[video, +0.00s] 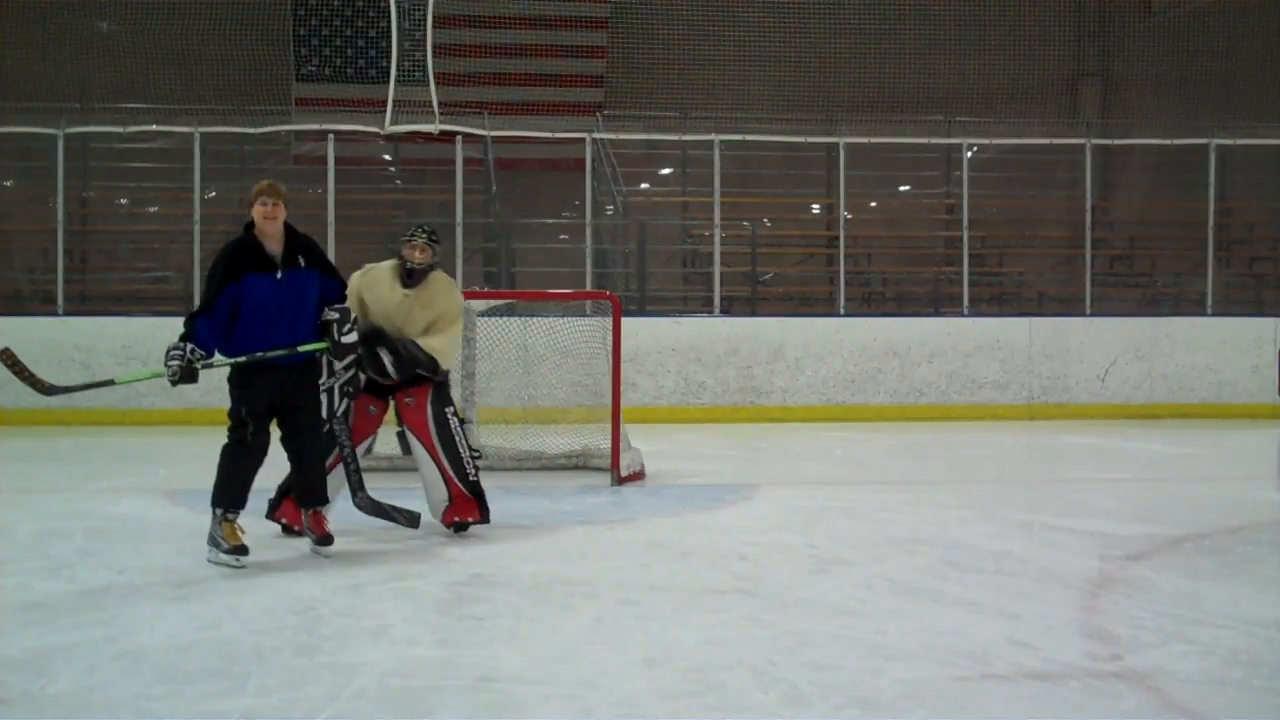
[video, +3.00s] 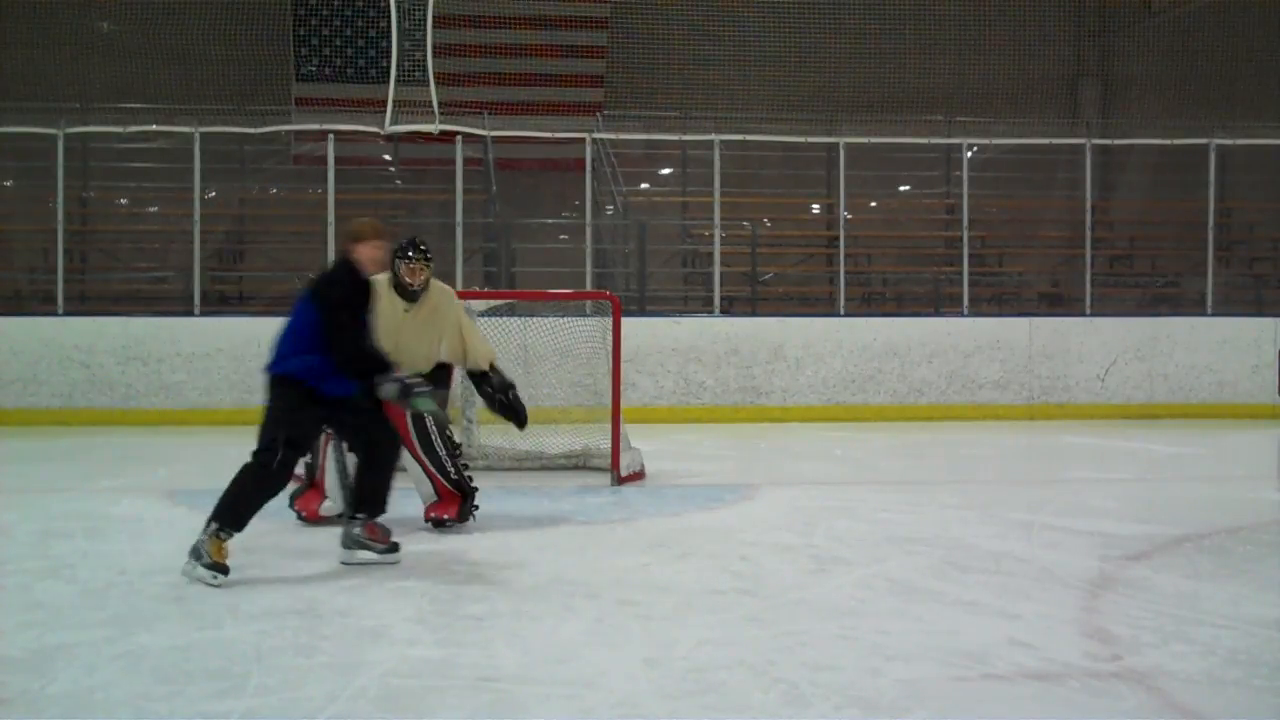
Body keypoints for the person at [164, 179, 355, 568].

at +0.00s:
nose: (269, 210)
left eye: (275, 205)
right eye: (262, 204)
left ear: (285, 211)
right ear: (251, 211)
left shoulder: (307, 251)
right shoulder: (235, 256)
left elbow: (336, 294)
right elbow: (212, 311)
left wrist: (339, 324)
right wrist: (192, 348)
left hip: (301, 366)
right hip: (252, 369)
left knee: (309, 441)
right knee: (248, 442)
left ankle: (312, 509)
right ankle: (224, 522)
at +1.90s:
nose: (227, 219)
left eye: (234, 215)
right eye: (222, 213)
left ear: (247, 221)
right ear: (214, 218)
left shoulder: (265, 259)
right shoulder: (192, 259)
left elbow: (289, 304)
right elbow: (171, 312)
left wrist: (290, 328)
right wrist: (152, 354)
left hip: (255, 362)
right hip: (204, 363)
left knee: (271, 431)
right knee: (193, 434)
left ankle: (292, 500)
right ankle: (175, 505)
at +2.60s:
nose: (247, 225)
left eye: (254, 219)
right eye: (241, 218)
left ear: (266, 224)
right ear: (231, 222)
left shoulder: (276, 263)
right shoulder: (209, 265)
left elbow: (294, 308)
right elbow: (191, 327)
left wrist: (309, 328)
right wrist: (203, 373)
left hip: (267, 374)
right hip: (220, 378)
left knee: (286, 444)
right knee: (211, 452)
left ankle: (290, 517)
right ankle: (184, 532)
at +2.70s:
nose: (268, 228)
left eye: (276, 222)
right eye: (262, 220)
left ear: (286, 228)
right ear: (249, 223)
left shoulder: (288, 266)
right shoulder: (227, 265)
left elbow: (299, 312)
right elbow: (214, 328)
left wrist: (316, 326)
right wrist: (230, 377)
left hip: (279, 374)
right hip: (232, 376)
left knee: (304, 442)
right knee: (230, 454)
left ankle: (298, 522)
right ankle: (193, 535)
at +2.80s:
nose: (300, 238)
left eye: (306, 231)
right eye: (293, 230)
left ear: (311, 237)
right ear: (274, 232)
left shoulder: (303, 278)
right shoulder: (253, 274)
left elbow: (305, 329)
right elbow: (243, 339)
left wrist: (322, 353)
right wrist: (268, 378)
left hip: (291, 380)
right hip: (246, 380)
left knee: (330, 441)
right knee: (244, 456)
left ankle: (316, 525)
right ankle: (200, 535)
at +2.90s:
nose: (335, 253)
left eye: (340, 246)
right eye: (328, 244)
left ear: (344, 251)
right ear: (309, 245)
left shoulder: (319, 288)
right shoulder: (290, 282)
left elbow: (325, 344)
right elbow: (295, 349)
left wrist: (347, 374)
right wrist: (329, 378)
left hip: (302, 389)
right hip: (266, 388)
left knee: (356, 441)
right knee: (261, 464)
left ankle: (343, 524)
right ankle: (207, 537)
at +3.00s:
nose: (382, 254)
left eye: (384, 247)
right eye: (375, 247)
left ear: (381, 252)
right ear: (354, 248)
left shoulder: (359, 286)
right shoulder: (339, 283)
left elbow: (357, 343)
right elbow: (346, 344)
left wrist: (384, 374)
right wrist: (381, 376)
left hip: (339, 386)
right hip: (300, 383)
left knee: (382, 441)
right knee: (275, 462)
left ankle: (362, 527)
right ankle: (213, 539)